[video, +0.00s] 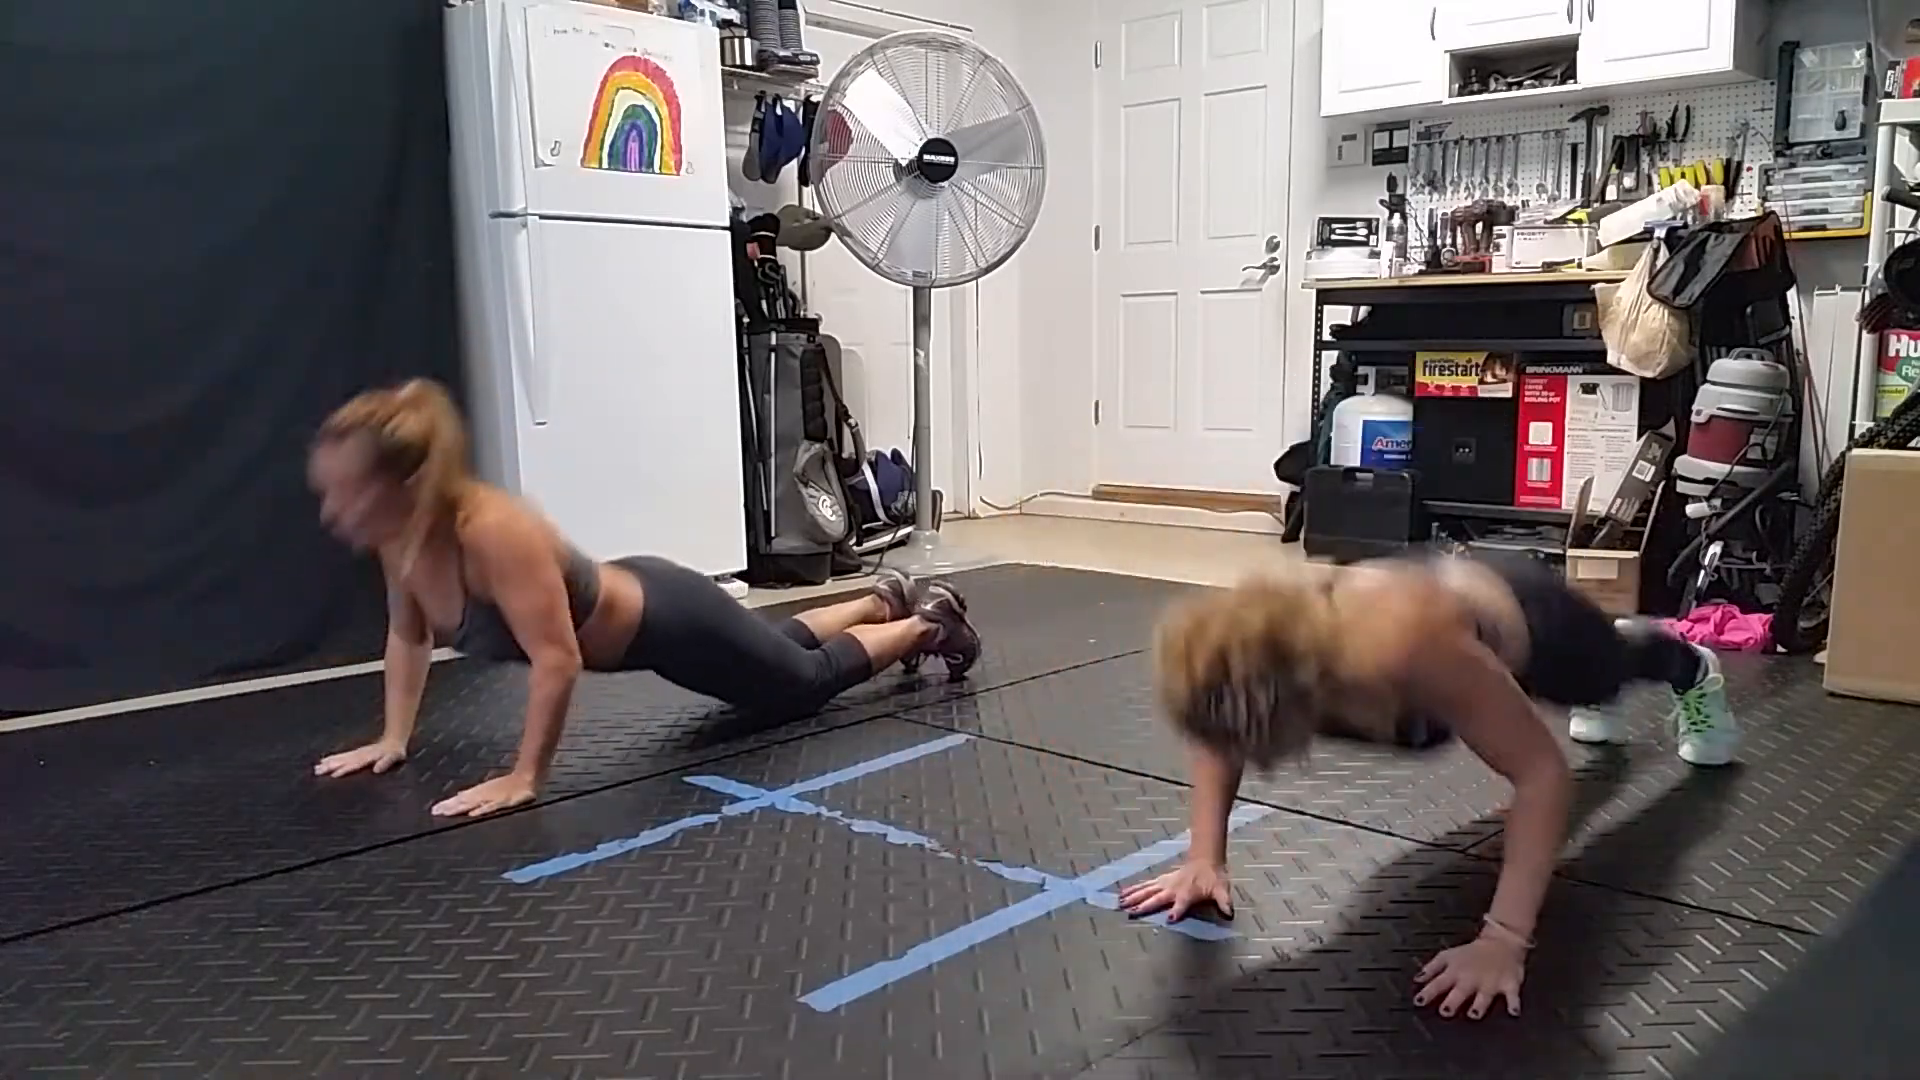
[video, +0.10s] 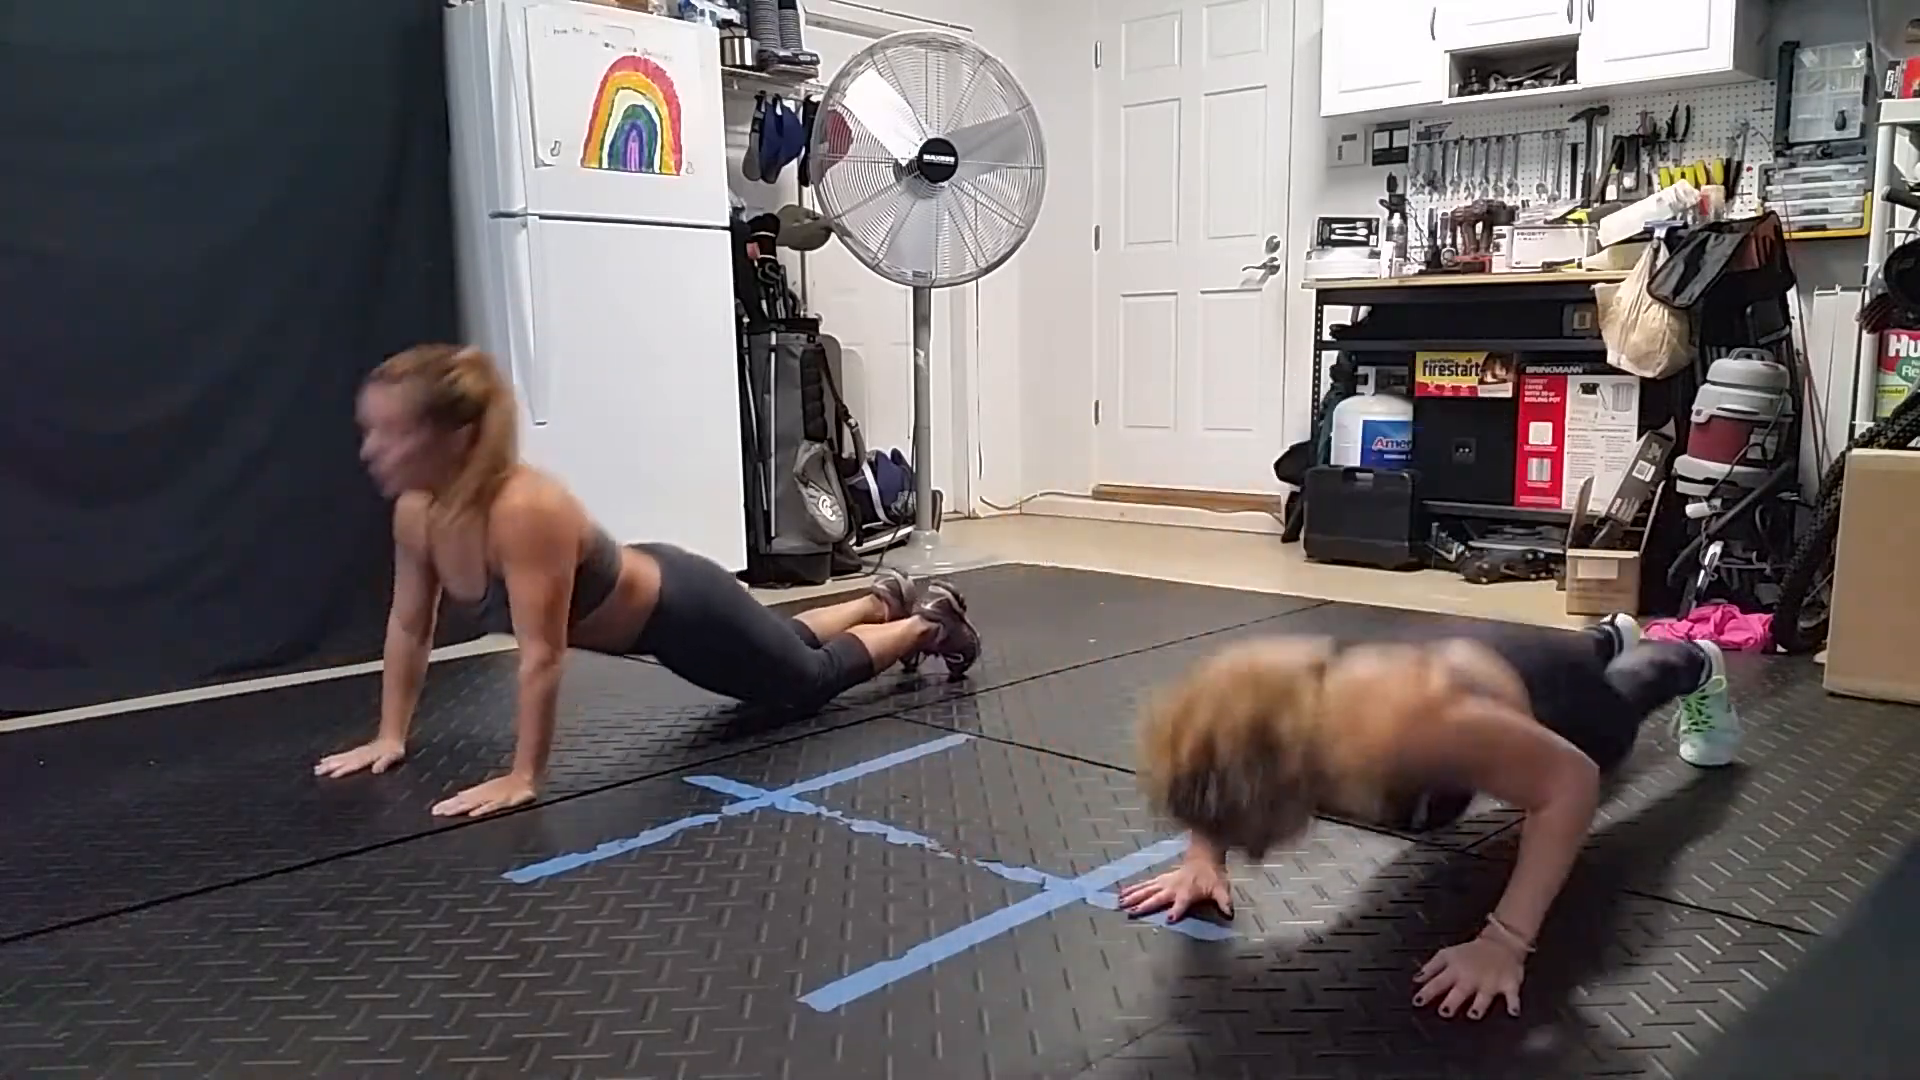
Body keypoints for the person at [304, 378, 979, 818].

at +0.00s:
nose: (326, 511)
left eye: (338, 494)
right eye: (322, 495)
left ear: (397, 482)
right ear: (376, 487)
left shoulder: (493, 530)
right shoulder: (399, 538)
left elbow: (556, 659)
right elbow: (409, 638)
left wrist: (524, 777)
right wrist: (394, 739)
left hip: (674, 623)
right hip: (632, 606)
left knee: (807, 680)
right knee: (773, 643)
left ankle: (924, 627)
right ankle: (878, 598)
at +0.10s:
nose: (366, 452)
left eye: (381, 436)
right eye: (365, 434)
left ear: (448, 437)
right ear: (431, 439)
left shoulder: (524, 510)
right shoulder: (416, 512)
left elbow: (542, 657)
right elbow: (408, 627)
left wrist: (525, 776)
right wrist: (391, 738)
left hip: (689, 614)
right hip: (651, 604)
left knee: (811, 675)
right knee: (775, 645)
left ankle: (924, 627)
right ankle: (883, 596)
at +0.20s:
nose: (409, 414)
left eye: (428, 401)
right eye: (407, 397)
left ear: (490, 412)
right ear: (426, 408)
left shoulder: (545, 506)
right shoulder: (439, 479)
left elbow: (541, 655)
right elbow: (403, 595)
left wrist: (525, 776)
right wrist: (365, 708)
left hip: (704, 602)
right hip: (666, 584)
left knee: (814, 679)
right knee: (775, 648)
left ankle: (924, 622)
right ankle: (877, 600)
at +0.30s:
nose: (436, 395)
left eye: (455, 384)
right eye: (436, 379)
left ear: (521, 406)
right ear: (458, 393)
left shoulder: (555, 506)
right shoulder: (457, 463)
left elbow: (545, 649)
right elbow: (363, 548)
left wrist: (525, 774)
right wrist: (280, 642)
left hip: (718, 602)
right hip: (682, 560)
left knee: (823, 676)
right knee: (785, 619)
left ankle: (924, 626)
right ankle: (882, 597)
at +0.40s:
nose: (450, 394)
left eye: (471, 381)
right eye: (450, 377)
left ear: (533, 399)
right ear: (458, 390)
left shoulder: (566, 504)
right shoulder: (462, 445)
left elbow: (548, 648)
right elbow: (335, 469)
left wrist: (525, 777)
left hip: (724, 592)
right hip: (683, 553)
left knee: (822, 682)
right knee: (778, 610)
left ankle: (924, 626)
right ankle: (880, 602)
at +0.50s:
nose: (452, 392)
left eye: (473, 380)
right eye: (453, 376)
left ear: (536, 403)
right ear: (464, 393)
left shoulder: (567, 502)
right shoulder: (459, 437)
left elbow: (549, 651)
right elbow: (320, 398)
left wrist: (526, 775)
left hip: (729, 590)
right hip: (683, 565)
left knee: (825, 679)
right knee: (783, 642)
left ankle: (929, 624)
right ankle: (887, 602)